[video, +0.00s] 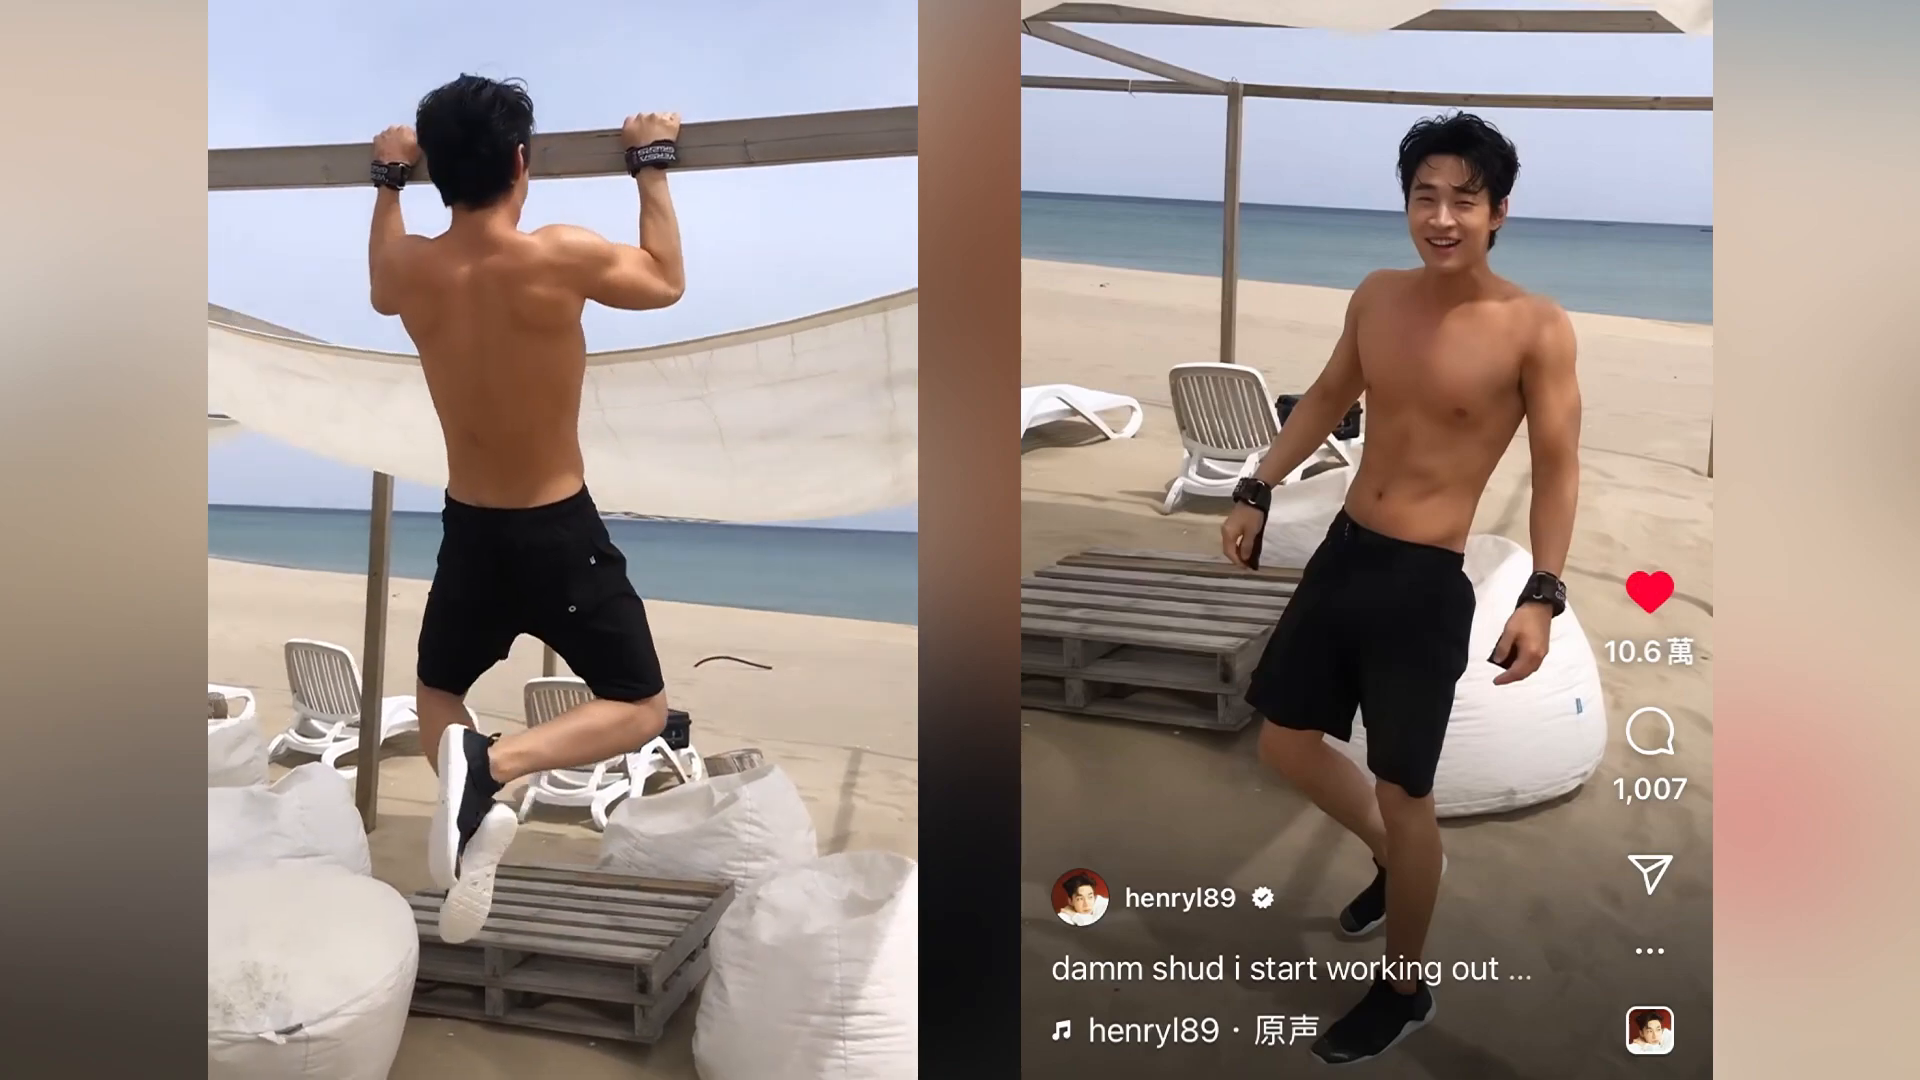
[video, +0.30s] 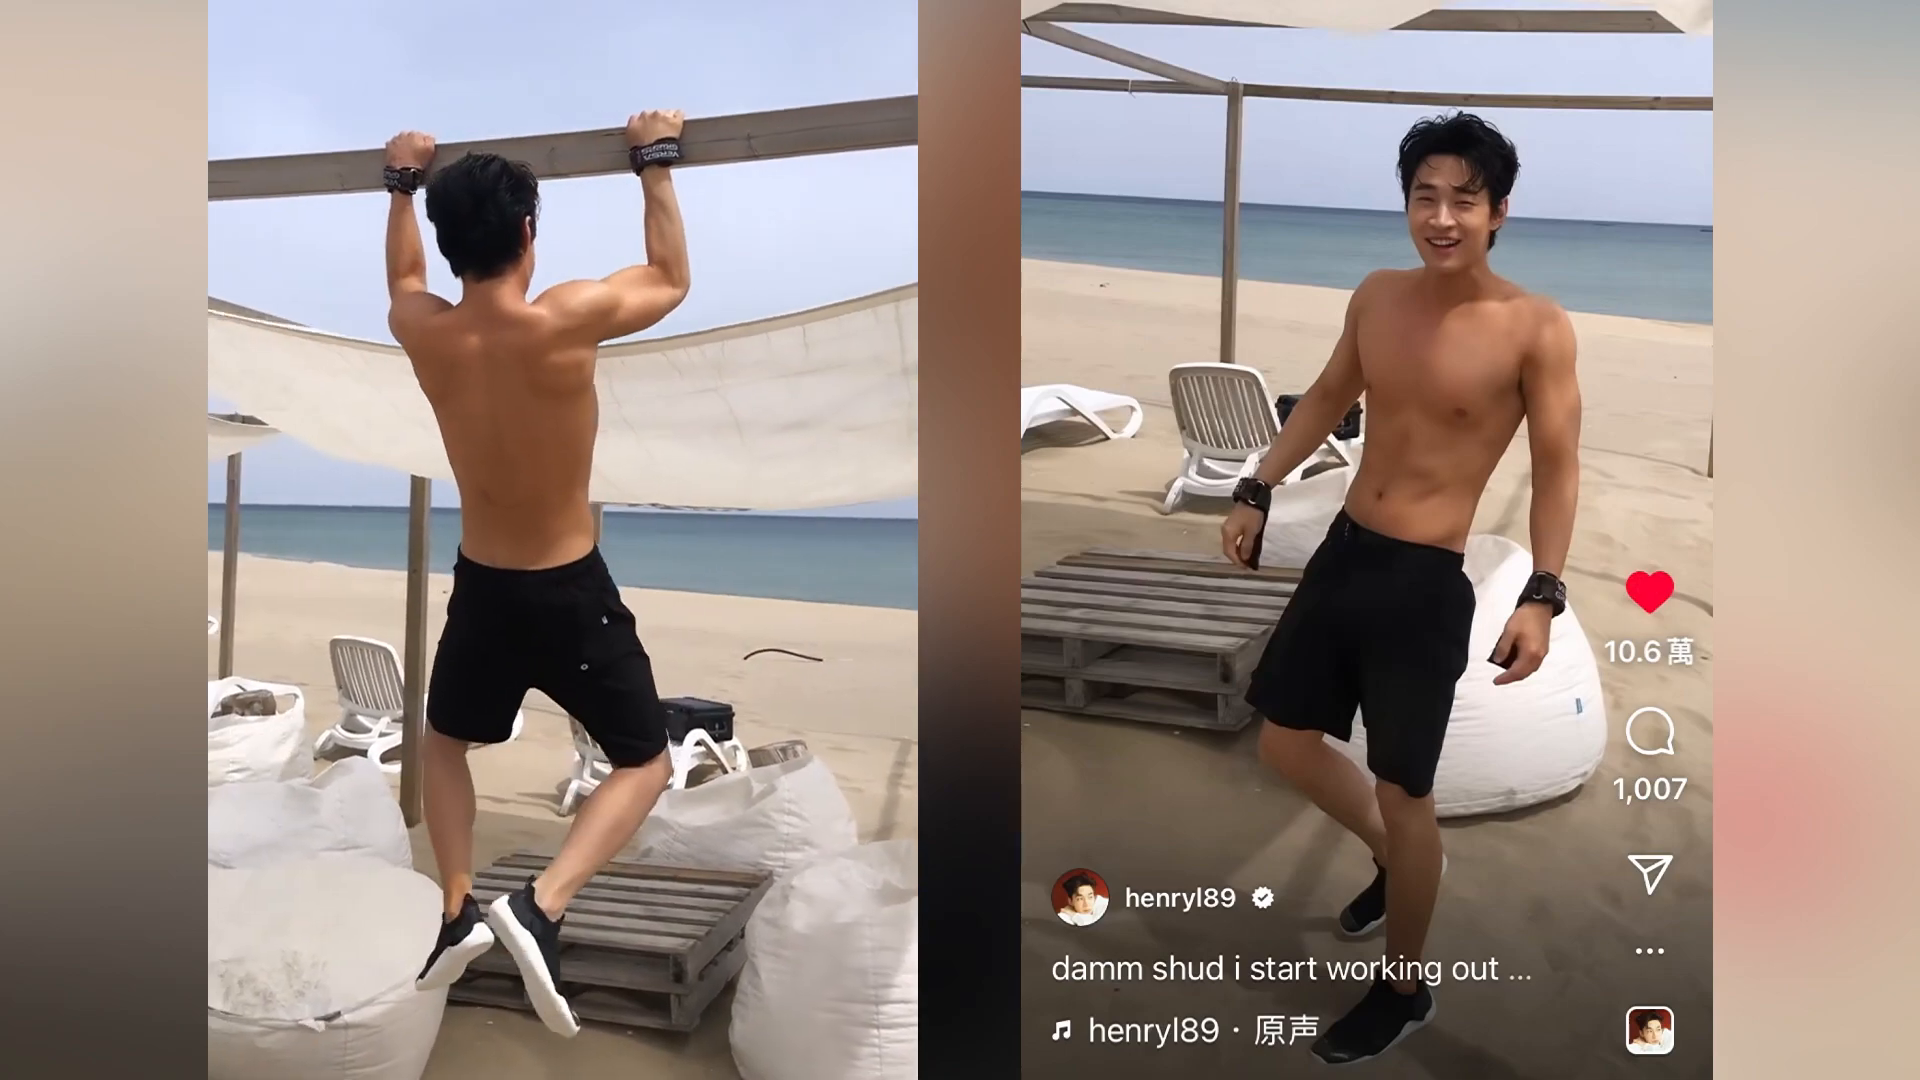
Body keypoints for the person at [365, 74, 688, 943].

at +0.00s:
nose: (532, 158)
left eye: (529, 147)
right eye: (530, 147)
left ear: (434, 176)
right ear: (520, 162)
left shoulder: (410, 266)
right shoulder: (560, 258)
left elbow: (384, 286)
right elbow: (665, 278)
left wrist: (388, 184)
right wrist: (652, 170)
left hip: (470, 537)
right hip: (560, 536)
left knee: (438, 694)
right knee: (639, 708)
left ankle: (474, 834)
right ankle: (493, 764)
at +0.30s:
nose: (539, 233)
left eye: (524, 222)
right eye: (534, 220)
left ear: (453, 245)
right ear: (527, 231)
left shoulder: (427, 332)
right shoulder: (569, 316)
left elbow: (407, 279)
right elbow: (669, 275)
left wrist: (400, 187)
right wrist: (655, 163)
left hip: (482, 595)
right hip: (571, 594)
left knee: (443, 741)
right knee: (644, 762)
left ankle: (459, 908)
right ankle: (541, 907)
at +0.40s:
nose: (543, 248)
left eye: (532, 234)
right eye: (540, 234)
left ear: (457, 258)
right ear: (530, 246)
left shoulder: (430, 337)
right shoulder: (572, 323)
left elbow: (413, 274)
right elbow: (670, 276)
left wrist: (407, 187)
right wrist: (658, 163)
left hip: (483, 609)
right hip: (573, 608)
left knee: (441, 739)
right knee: (664, 756)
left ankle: (448, 910)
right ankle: (576, 921)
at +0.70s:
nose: (531, 227)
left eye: (528, 219)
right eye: (531, 217)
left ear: (440, 237)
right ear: (521, 224)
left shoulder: (411, 316)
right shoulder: (558, 299)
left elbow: (409, 260)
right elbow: (670, 260)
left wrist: (406, 171)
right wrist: (662, 142)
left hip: (467, 605)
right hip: (569, 598)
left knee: (393, 653)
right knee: (705, 658)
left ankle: (402, 788)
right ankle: (764, 809)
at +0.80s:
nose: (524, 214)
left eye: (518, 205)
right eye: (523, 203)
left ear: (433, 213)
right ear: (513, 205)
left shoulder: (395, 291)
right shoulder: (549, 273)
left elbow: (398, 245)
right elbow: (669, 247)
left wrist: (400, 156)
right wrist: (659, 128)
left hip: (466, 572)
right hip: (571, 561)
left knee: (404, 658)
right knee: (692, 650)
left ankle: (373, 778)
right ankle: (779, 771)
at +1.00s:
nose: (502, 180)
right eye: (498, 168)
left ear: (404, 188)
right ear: (491, 174)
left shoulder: (380, 270)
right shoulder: (540, 239)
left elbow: (358, 217)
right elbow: (677, 201)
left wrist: (385, 123)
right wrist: (668, 86)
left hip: (462, 541)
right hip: (568, 531)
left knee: (420, 703)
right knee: (641, 664)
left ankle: (392, 875)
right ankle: (703, 836)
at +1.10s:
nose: (468, 227)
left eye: (431, 229)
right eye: (479, 214)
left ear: (408, 244)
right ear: (486, 226)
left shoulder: (384, 318)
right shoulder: (541, 279)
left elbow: (329, 250)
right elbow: (671, 224)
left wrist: (327, 144)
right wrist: (636, 99)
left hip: (469, 591)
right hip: (571, 579)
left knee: (422, 769)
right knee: (620, 738)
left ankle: (395, 960)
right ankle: (656, 917)